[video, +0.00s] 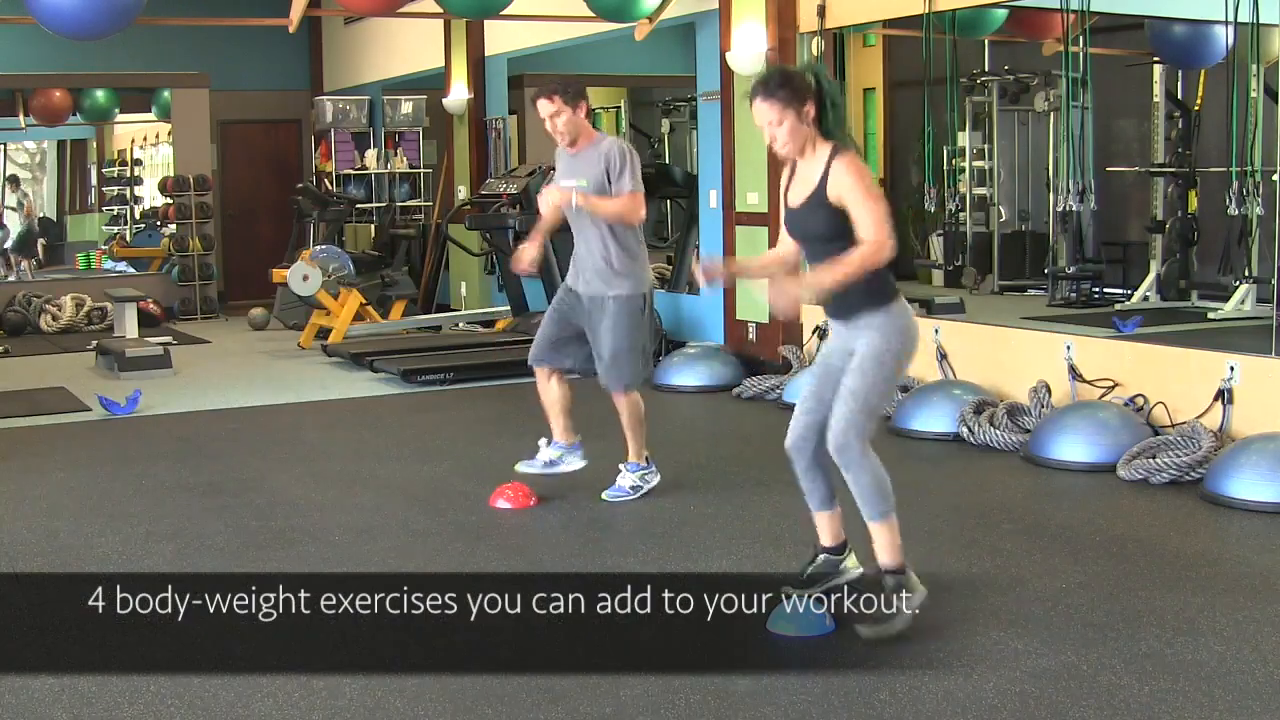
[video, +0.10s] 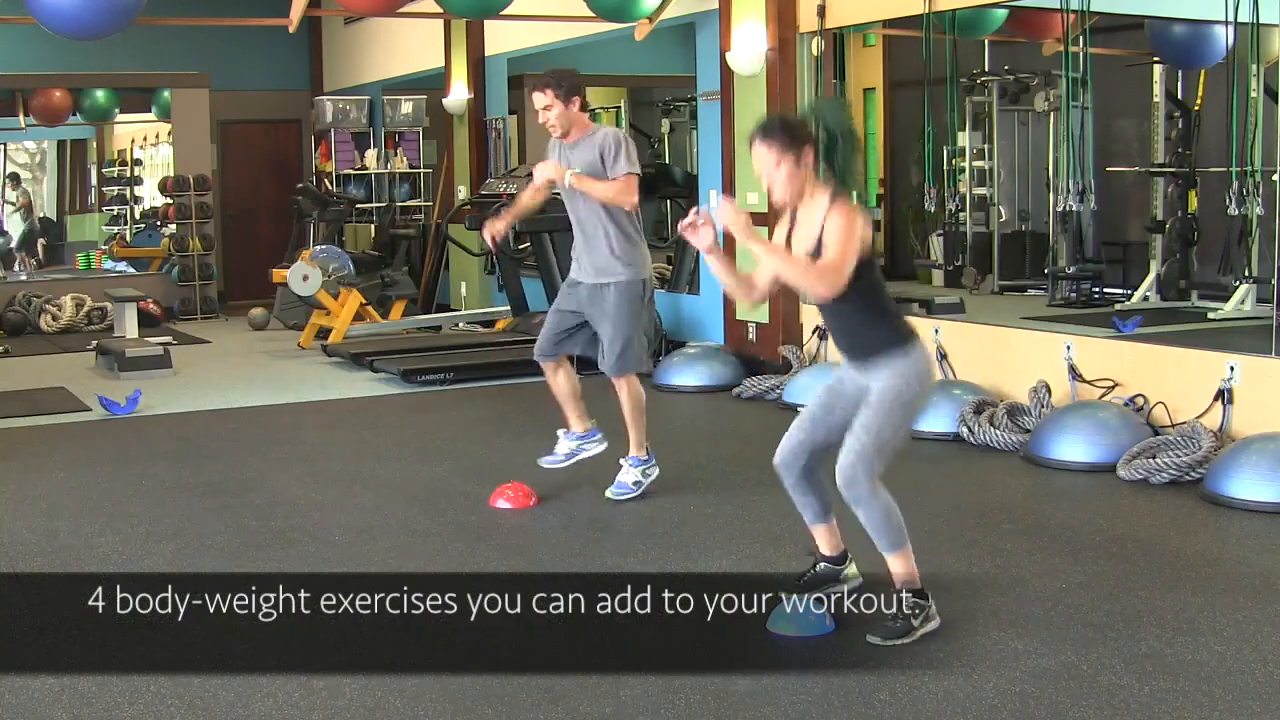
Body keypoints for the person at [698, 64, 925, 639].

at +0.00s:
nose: (768, 138)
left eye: (773, 125)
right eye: (763, 128)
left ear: (807, 112)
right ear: (771, 123)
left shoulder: (844, 167)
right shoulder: (793, 175)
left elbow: (881, 244)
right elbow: (789, 254)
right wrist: (729, 270)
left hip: (883, 326)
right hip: (842, 331)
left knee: (846, 440)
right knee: (802, 443)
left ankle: (897, 580)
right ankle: (834, 555)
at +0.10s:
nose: (765, 181)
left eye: (770, 168)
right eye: (761, 170)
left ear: (803, 159)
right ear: (779, 167)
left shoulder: (844, 213)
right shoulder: (788, 221)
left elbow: (825, 284)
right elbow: (750, 294)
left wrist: (749, 237)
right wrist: (711, 252)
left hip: (900, 363)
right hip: (853, 367)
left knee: (856, 472)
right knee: (792, 459)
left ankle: (913, 595)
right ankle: (835, 562)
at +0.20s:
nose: (766, 244)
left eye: (774, 232)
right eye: (762, 235)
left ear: (804, 227)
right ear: (759, 239)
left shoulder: (837, 282)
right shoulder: (784, 288)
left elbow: (781, 332)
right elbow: (720, 346)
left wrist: (748, 263)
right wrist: (710, 273)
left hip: (919, 414)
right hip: (866, 416)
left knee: (852, 485)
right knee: (785, 470)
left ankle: (914, 601)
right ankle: (837, 565)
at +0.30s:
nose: (760, 306)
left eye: (768, 294)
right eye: (757, 296)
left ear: (803, 292)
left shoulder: (838, 340)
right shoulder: (781, 345)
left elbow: (772, 396)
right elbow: (713, 397)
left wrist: (750, 319)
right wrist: (714, 324)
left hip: (931, 445)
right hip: (874, 445)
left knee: (855, 487)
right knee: (784, 472)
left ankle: (914, 602)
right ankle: (837, 566)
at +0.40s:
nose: (761, 342)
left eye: (769, 330)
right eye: (757, 331)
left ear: (804, 328)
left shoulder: (839, 376)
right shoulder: (780, 379)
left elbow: (772, 432)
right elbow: (714, 423)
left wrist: (753, 356)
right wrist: (713, 351)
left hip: (938, 461)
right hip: (877, 461)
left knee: (859, 487)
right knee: (786, 472)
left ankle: (914, 601)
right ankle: (837, 566)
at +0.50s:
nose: (762, 344)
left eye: (771, 332)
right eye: (759, 334)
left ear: (807, 327)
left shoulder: (843, 376)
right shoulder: (779, 377)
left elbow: (777, 434)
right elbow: (717, 420)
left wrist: (740, 357)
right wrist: (702, 356)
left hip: (941, 458)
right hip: (880, 457)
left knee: (862, 486)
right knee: (788, 472)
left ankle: (914, 601)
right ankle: (837, 566)